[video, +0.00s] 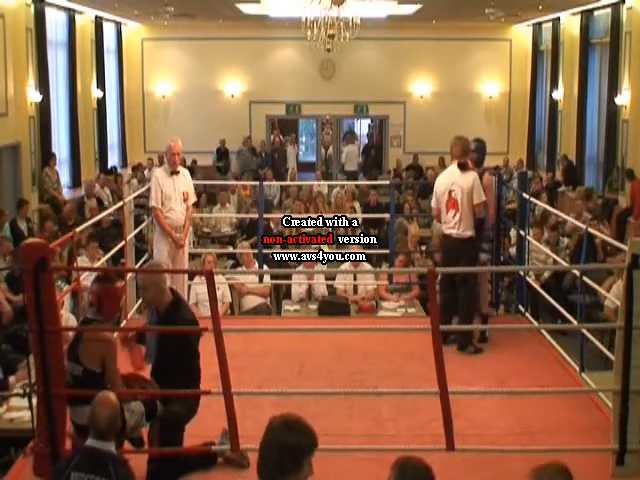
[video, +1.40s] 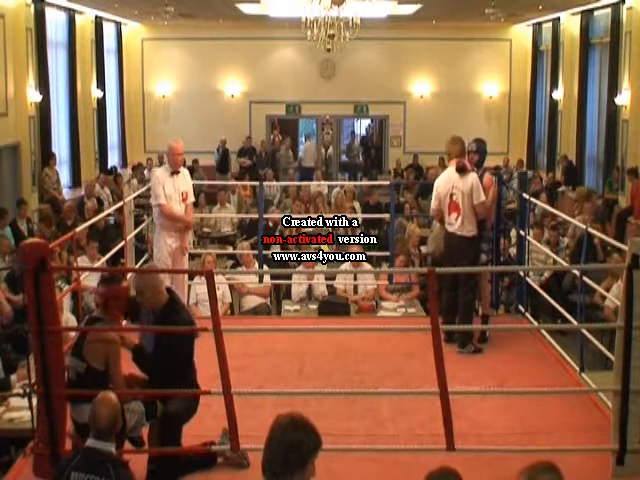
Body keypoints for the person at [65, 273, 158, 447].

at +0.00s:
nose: (120, 304)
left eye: (120, 298)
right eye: (117, 298)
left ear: (94, 299)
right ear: (103, 300)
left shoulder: (83, 327)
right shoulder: (105, 339)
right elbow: (117, 390)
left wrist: (129, 384)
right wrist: (139, 395)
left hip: (76, 410)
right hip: (94, 415)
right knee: (152, 405)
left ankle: (133, 430)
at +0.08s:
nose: (120, 304)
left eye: (120, 298)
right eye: (117, 298)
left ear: (94, 300)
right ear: (105, 300)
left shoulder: (83, 328)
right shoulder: (105, 339)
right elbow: (116, 389)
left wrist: (130, 384)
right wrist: (140, 395)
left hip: (76, 410)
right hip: (94, 414)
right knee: (152, 406)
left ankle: (133, 430)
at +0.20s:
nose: (120, 305)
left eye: (120, 299)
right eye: (117, 299)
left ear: (94, 300)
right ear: (104, 301)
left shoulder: (83, 329)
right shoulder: (105, 339)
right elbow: (116, 390)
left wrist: (128, 384)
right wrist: (141, 395)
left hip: (77, 410)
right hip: (94, 414)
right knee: (152, 406)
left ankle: (133, 430)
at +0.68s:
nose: (122, 304)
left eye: (122, 299)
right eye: (118, 299)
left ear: (95, 300)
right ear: (100, 301)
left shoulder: (85, 325)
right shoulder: (107, 337)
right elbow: (118, 391)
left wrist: (129, 378)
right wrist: (139, 395)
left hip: (77, 410)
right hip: (94, 415)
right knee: (152, 407)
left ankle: (132, 429)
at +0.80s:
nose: (121, 305)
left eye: (122, 299)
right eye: (117, 300)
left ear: (97, 300)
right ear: (100, 301)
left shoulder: (85, 324)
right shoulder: (106, 336)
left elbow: (102, 377)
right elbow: (119, 391)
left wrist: (129, 381)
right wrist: (140, 395)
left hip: (77, 408)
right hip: (92, 414)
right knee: (153, 407)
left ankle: (133, 429)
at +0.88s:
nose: (121, 304)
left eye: (121, 298)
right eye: (117, 299)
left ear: (96, 300)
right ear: (100, 300)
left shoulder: (86, 324)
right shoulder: (107, 335)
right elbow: (117, 390)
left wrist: (128, 381)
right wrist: (139, 395)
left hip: (77, 409)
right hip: (94, 414)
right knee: (153, 407)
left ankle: (132, 428)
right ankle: (130, 429)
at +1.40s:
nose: (127, 303)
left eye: (126, 298)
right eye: (124, 298)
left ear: (101, 301)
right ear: (115, 303)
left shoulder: (90, 323)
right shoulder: (109, 338)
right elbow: (119, 393)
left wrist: (129, 382)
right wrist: (143, 391)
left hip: (77, 408)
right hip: (93, 414)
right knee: (153, 407)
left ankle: (133, 429)